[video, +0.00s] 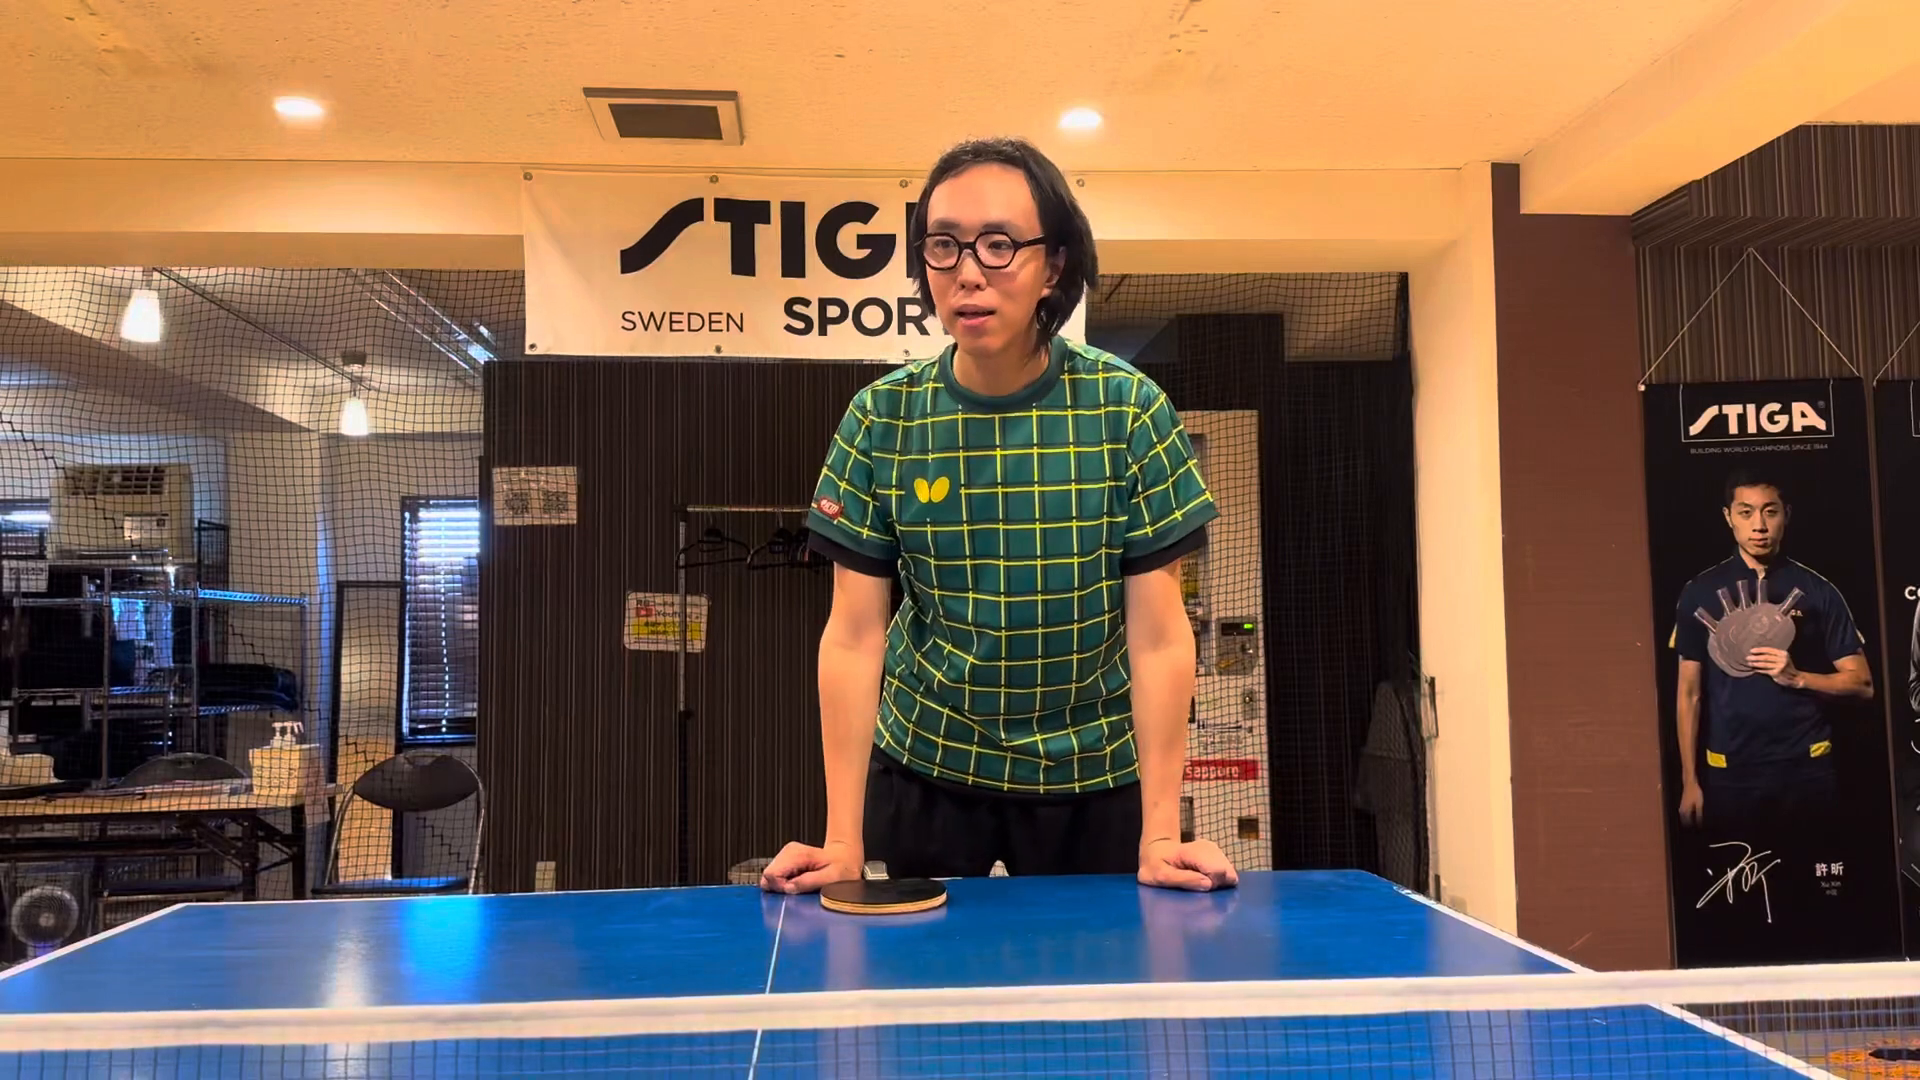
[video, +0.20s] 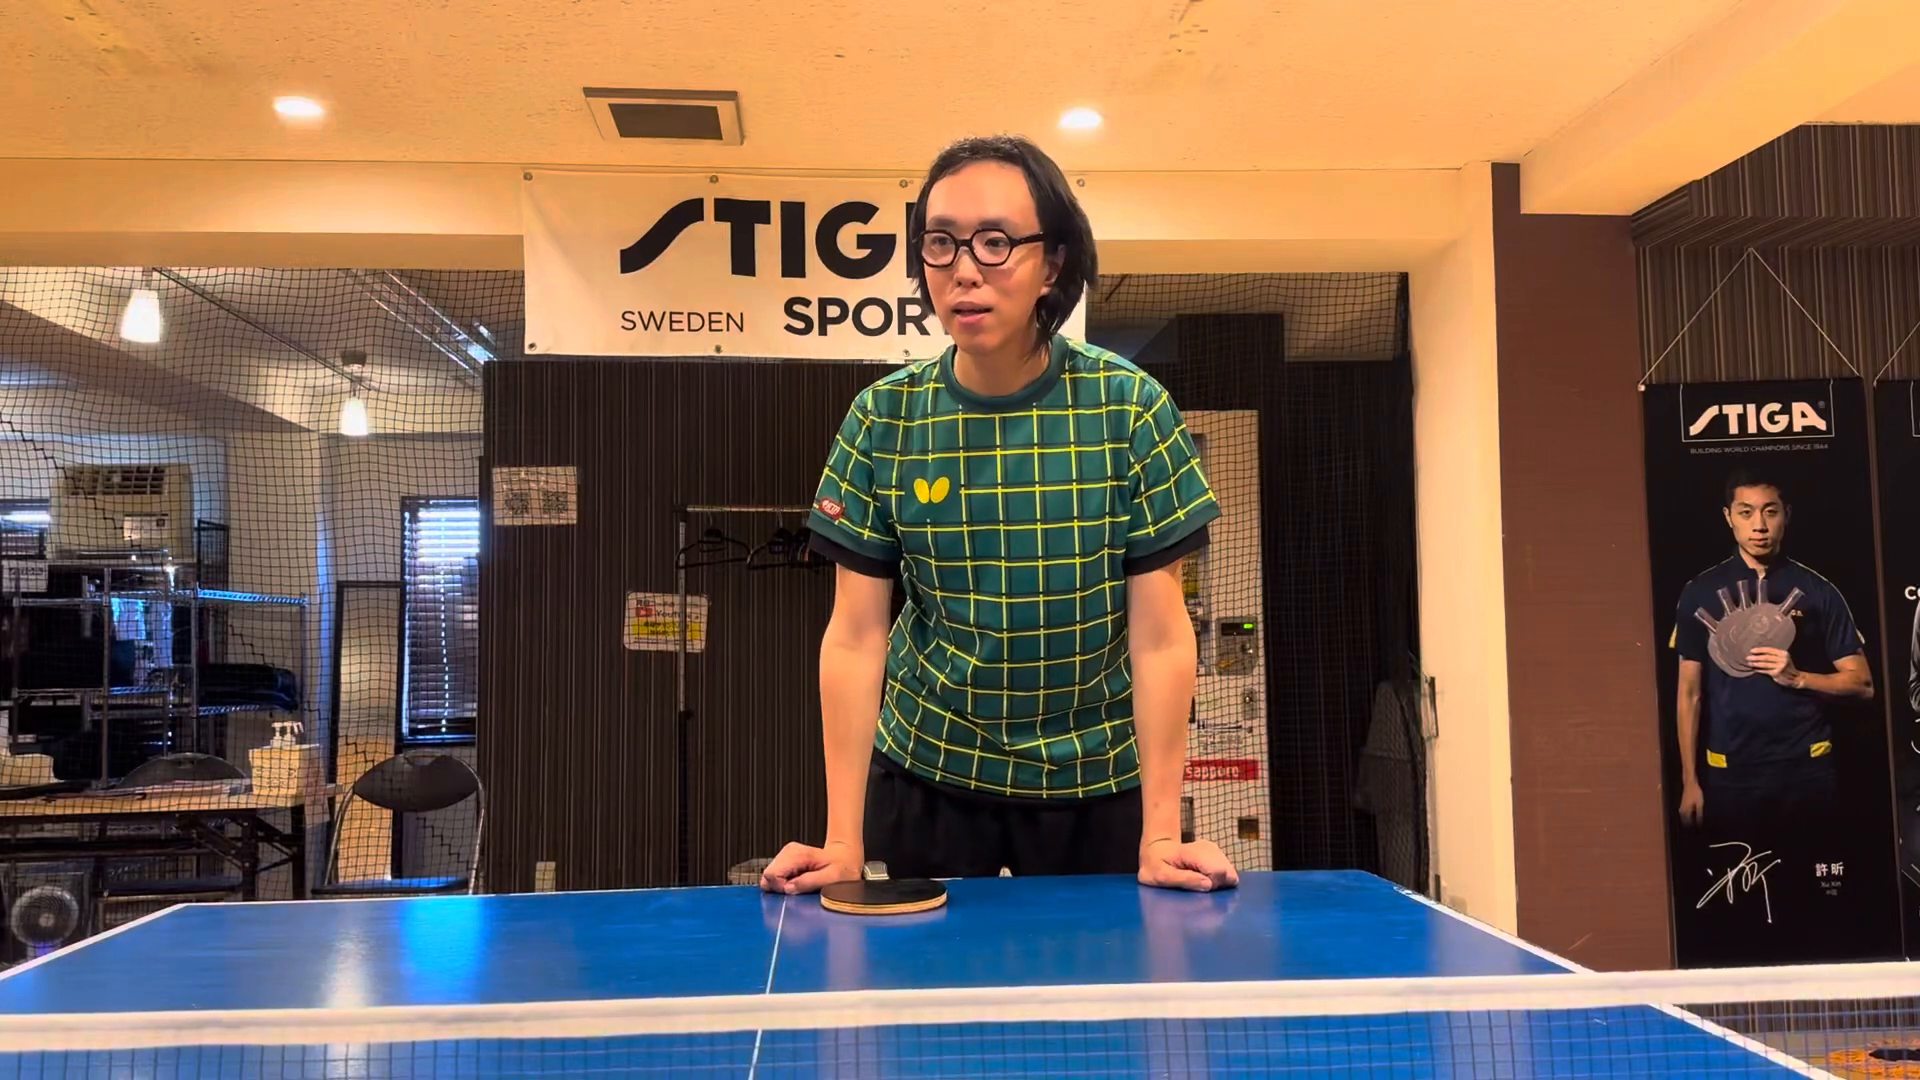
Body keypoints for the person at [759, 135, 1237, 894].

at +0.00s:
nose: (968, 272)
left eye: (999, 245)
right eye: (946, 245)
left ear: (1055, 267)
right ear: (923, 265)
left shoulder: (1126, 409)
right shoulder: (883, 416)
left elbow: (1159, 638)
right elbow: (853, 636)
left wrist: (1163, 835)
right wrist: (842, 841)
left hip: (1092, 799)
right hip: (924, 795)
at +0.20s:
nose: (964, 269)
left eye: (995, 242)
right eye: (944, 243)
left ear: (1053, 266)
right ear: (921, 262)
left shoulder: (1128, 408)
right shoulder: (885, 416)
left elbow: (1161, 637)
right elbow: (855, 636)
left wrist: (1163, 835)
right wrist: (842, 842)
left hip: (1094, 805)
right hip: (925, 800)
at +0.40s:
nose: (959, 268)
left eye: (991, 240)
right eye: (939, 242)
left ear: (1050, 266)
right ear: (919, 261)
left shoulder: (1127, 408)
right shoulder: (884, 417)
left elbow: (1160, 638)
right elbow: (854, 636)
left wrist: (1163, 836)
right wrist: (842, 843)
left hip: (1094, 806)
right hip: (925, 801)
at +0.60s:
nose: (956, 269)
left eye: (987, 242)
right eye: (936, 243)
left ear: (1046, 268)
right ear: (916, 263)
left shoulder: (1126, 408)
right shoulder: (884, 417)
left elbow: (1160, 638)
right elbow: (854, 637)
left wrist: (1163, 836)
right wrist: (842, 842)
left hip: (1094, 808)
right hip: (925, 803)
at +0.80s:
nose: (951, 270)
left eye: (983, 243)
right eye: (932, 245)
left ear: (1044, 267)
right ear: (914, 266)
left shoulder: (1125, 409)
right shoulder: (884, 420)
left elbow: (1160, 638)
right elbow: (854, 638)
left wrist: (1163, 836)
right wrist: (842, 843)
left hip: (1094, 813)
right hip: (926, 809)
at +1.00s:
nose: (952, 272)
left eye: (984, 245)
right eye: (933, 246)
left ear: (1044, 269)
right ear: (915, 267)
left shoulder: (1124, 409)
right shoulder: (886, 420)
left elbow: (1160, 637)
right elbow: (855, 639)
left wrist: (1163, 835)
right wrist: (842, 843)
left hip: (1095, 816)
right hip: (927, 812)